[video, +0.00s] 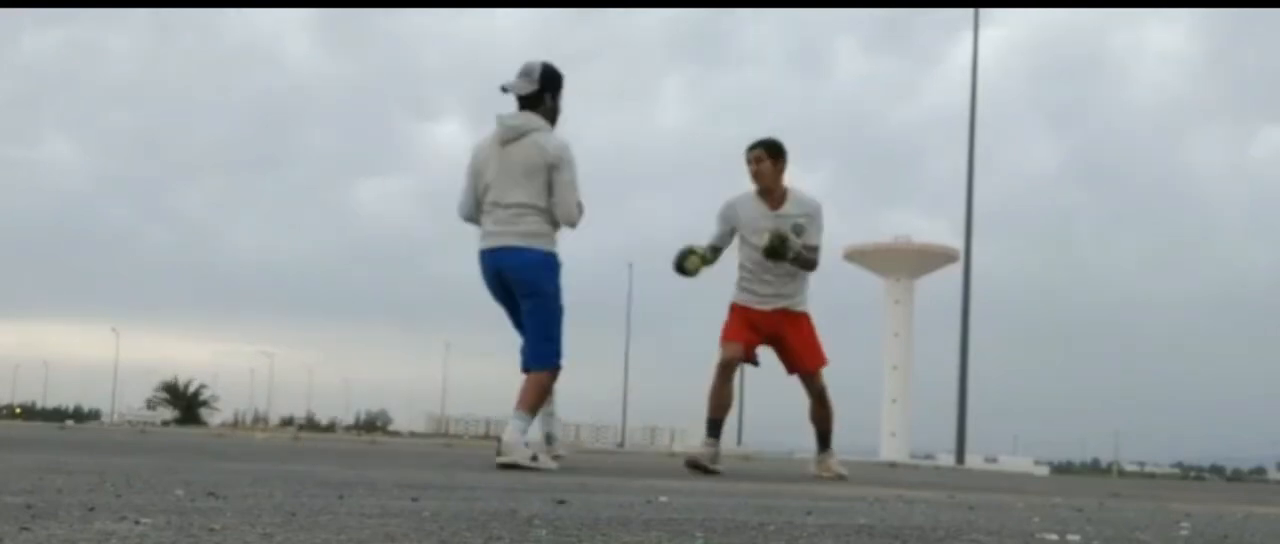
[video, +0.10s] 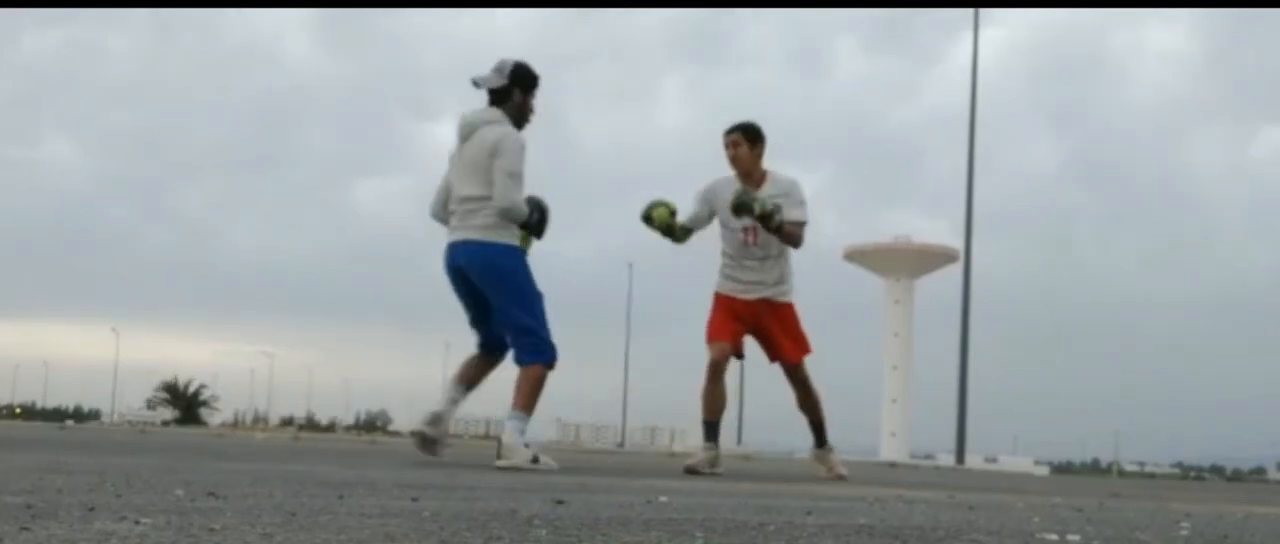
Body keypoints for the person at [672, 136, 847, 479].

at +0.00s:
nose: (754, 169)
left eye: (760, 162)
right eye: (750, 164)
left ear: (779, 165)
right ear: (748, 169)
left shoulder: (808, 209)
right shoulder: (737, 208)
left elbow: (811, 262)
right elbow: (715, 248)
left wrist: (787, 252)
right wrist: (697, 257)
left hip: (790, 312)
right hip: (746, 309)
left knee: (816, 385)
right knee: (726, 362)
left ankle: (825, 457)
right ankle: (710, 448)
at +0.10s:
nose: (731, 154)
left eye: (737, 147)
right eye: (727, 149)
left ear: (757, 149)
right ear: (726, 154)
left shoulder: (786, 189)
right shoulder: (717, 191)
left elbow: (795, 239)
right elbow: (684, 232)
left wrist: (763, 216)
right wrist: (668, 226)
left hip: (773, 298)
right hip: (730, 296)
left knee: (796, 372)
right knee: (716, 361)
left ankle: (822, 449)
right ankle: (709, 449)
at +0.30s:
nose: (686, 134)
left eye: (692, 125)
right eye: (683, 128)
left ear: (714, 126)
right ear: (685, 132)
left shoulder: (747, 166)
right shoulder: (676, 170)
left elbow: (761, 217)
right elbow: (645, 220)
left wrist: (727, 205)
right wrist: (627, 207)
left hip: (731, 281)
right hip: (686, 278)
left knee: (751, 360)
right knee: (664, 342)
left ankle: (760, 447)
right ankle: (678, 429)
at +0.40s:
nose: (660, 141)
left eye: (665, 132)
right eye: (657, 134)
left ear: (688, 132)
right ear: (659, 139)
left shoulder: (725, 175)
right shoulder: (655, 181)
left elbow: (739, 229)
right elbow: (628, 237)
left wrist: (709, 215)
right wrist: (610, 218)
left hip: (710, 291)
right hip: (663, 285)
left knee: (732, 371)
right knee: (624, 340)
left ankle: (748, 452)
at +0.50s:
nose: (627, 142)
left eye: (633, 133)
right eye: (624, 135)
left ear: (656, 133)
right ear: (628, 139)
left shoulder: (693, 178)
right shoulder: (622, 183)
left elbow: (708, 235)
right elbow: (599, 241)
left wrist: (672, 224)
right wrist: (579, 220)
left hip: (678, 298)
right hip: (627, 292)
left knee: (712, 375)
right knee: (581, 350)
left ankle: (747, 449)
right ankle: (561, 444)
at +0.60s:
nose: (597, 127)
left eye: (602, 118)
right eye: (595, 120)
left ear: (626, 119)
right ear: (601, 124)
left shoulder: (664, 164)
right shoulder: (591, 169)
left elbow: (678, 224)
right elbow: (569, 226)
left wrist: (645, 211)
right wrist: (551, 202)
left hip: (643, 285)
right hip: (594, 280)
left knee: (675, 364)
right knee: (551, 342)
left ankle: (709, 439)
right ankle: (555, 438)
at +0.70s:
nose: (575, 117)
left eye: (580, 109)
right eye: (573, 110)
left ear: (605, 109)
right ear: (584, 114)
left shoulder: (643, 155)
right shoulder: (570, 155)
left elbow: (656, 216)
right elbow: (543, 212)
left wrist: (623, 189)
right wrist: (536, 177)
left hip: (622, 273)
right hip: (573, 268)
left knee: (651, 346)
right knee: (517, 326)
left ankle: (664, 435)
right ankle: (523, 422)